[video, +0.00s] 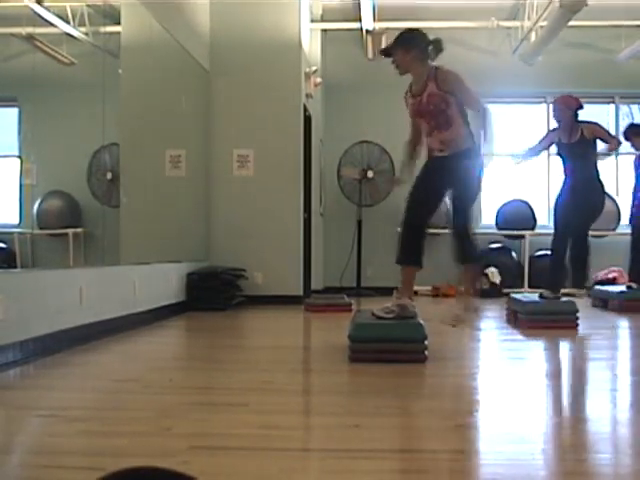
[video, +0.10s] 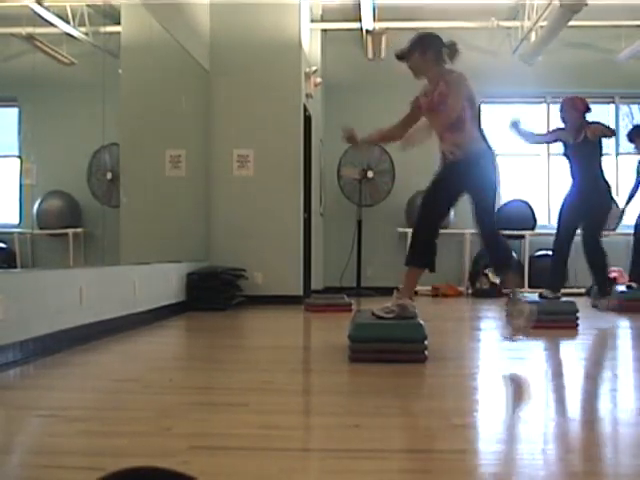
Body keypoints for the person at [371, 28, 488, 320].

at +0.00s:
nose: (393, 62)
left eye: (396, 55)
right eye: (392, 56)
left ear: (414, 53)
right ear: (408, 56)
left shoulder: (445, 78)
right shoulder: (412, 93)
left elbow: (480, 110)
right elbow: (415, 136)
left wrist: (486, 150)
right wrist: (404, 172)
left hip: (464, 158)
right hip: (435, 162)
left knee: (461, 225)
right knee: (413, 221)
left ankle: (468, 300)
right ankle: (405, 299)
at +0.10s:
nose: (408, 65)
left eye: (411, 58)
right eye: (408, 59)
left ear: (427, 55)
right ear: (423, 57)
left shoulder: (455, 79)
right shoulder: (425, 97)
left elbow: (453, 112)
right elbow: (399, 131)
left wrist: (424, 130)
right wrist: (362, 140)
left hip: (479, 161)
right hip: (451, 166)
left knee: (487, 227)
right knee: (425, 223)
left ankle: (516, 298)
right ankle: (404, 299)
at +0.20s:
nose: (426, 85)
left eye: (428, 79)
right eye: (424, 81)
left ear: (445, 73)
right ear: (439, 75)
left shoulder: (468, 93)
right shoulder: (438, 107)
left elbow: (432, 100)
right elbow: (402, 117)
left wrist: (383, 91)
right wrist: (363, 106)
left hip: (496, 178)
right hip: (470, 182)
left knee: (513, 239)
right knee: (430, 228)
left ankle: (551, 309)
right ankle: (404, 301)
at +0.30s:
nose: (444, 101)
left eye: (447, 96)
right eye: (443, 97)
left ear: (463, 92)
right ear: (456, 98)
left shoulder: (484, 115)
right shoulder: (461, 125)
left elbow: (441, 103)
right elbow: (425, 123)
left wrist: (405, 80)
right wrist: (399, 96)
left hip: (518, 200)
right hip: (493, 203)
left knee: (538, 266)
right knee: (444, 237)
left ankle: (571, 331)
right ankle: (405, 302)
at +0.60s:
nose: (460, 101)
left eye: (464, 95)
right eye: (460, 95)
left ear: (478, 94)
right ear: (479, 95)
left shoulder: (494, 118)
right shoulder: (489, 121)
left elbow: (506, 156)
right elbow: (521, 154)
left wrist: (518, 183)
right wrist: (523, 178)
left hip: (530, 193)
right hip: (528, 193)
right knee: (473, 238)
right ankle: (482, 307)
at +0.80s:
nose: (459, 108)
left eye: (463, 103)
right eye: (460, 103)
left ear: (476, 104)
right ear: (484, 104)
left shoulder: (481, 131)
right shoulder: (497, 130)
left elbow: (487, 171)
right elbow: (527, 162)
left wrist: (498, 205)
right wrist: (533, 193)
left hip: (507, 209)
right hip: (515, 206)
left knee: (508, 269)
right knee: (507, 267)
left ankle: (570, 326)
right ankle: (520, 328)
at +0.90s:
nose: (452, 92)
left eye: (457, 87)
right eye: (453, 87)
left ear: (471, 89)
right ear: (474, 90)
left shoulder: (476, 115)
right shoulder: (478, 113)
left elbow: (478, 152)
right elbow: (468, 151)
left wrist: (471, 184)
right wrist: (459, 181)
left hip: (505, 189)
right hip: (513, 187)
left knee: (481, 250)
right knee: (505, 254)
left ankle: (521, 305)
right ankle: (518, 320)